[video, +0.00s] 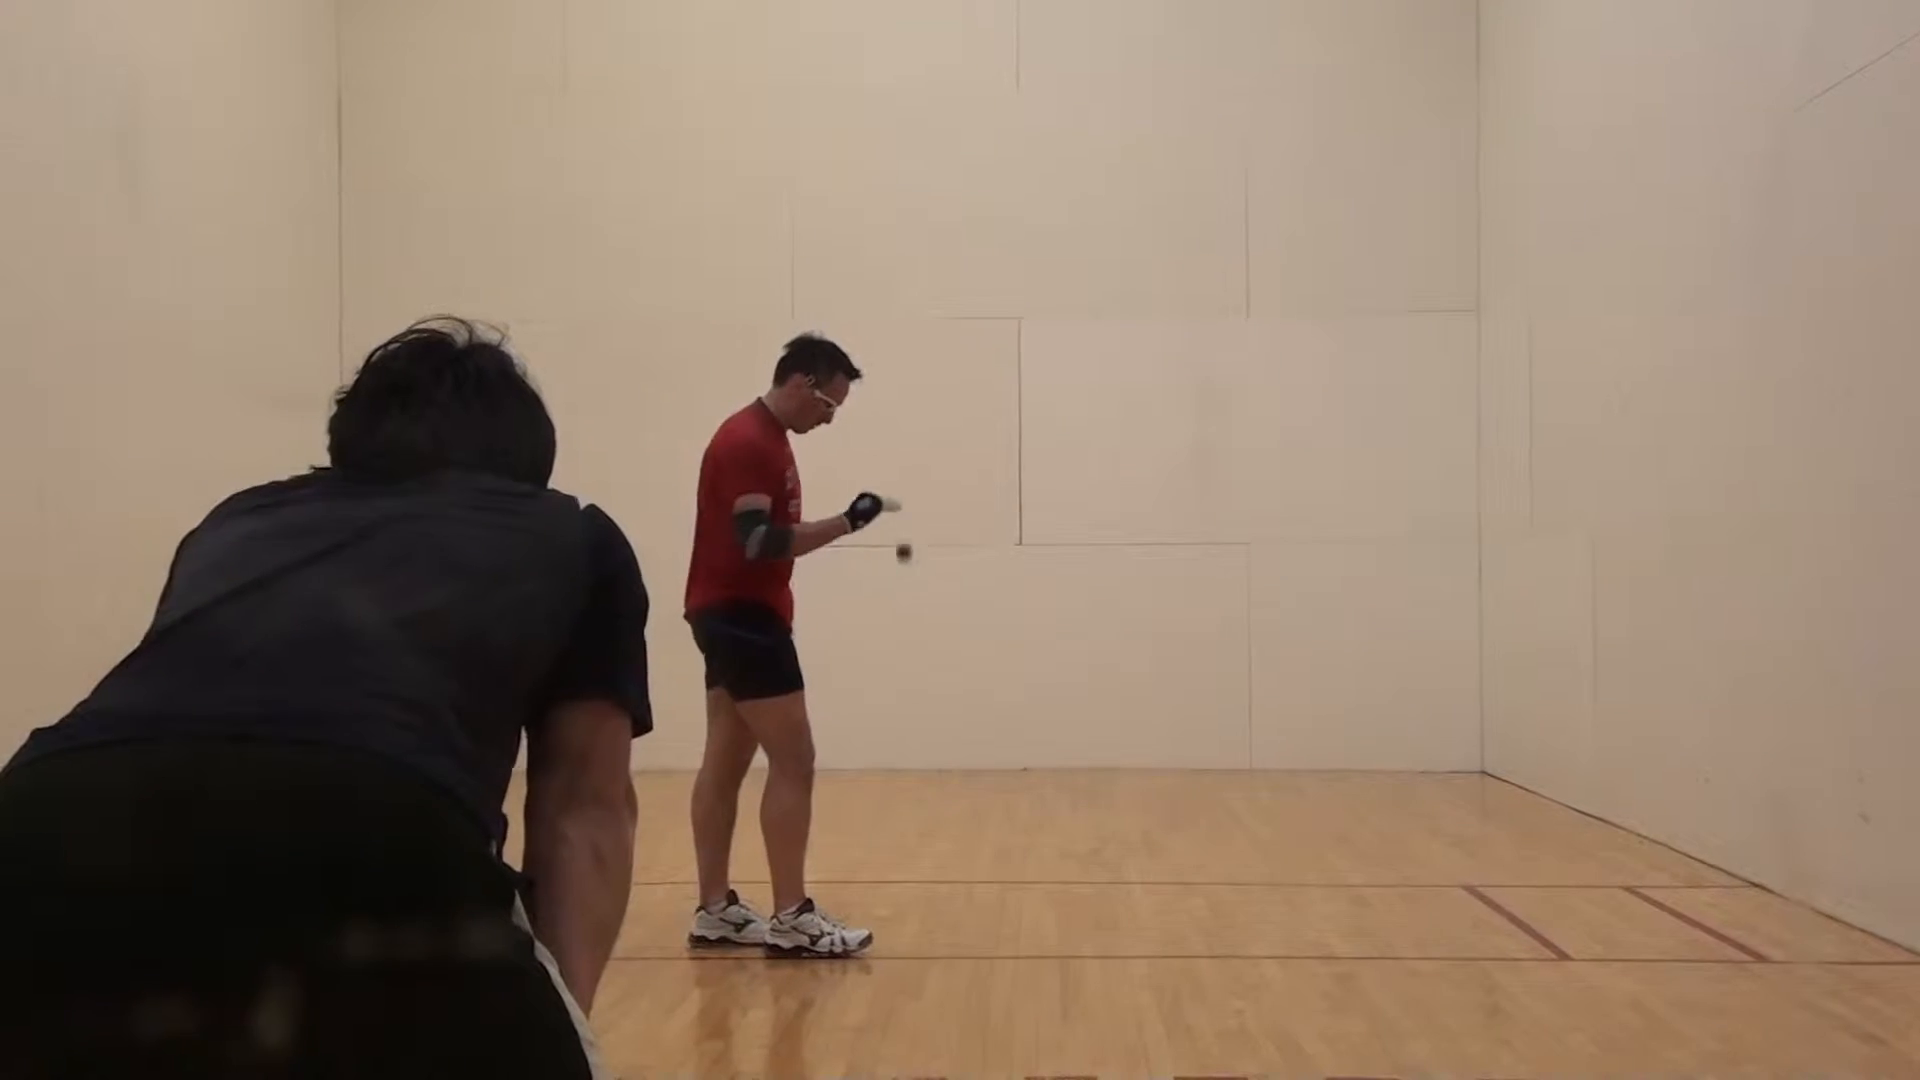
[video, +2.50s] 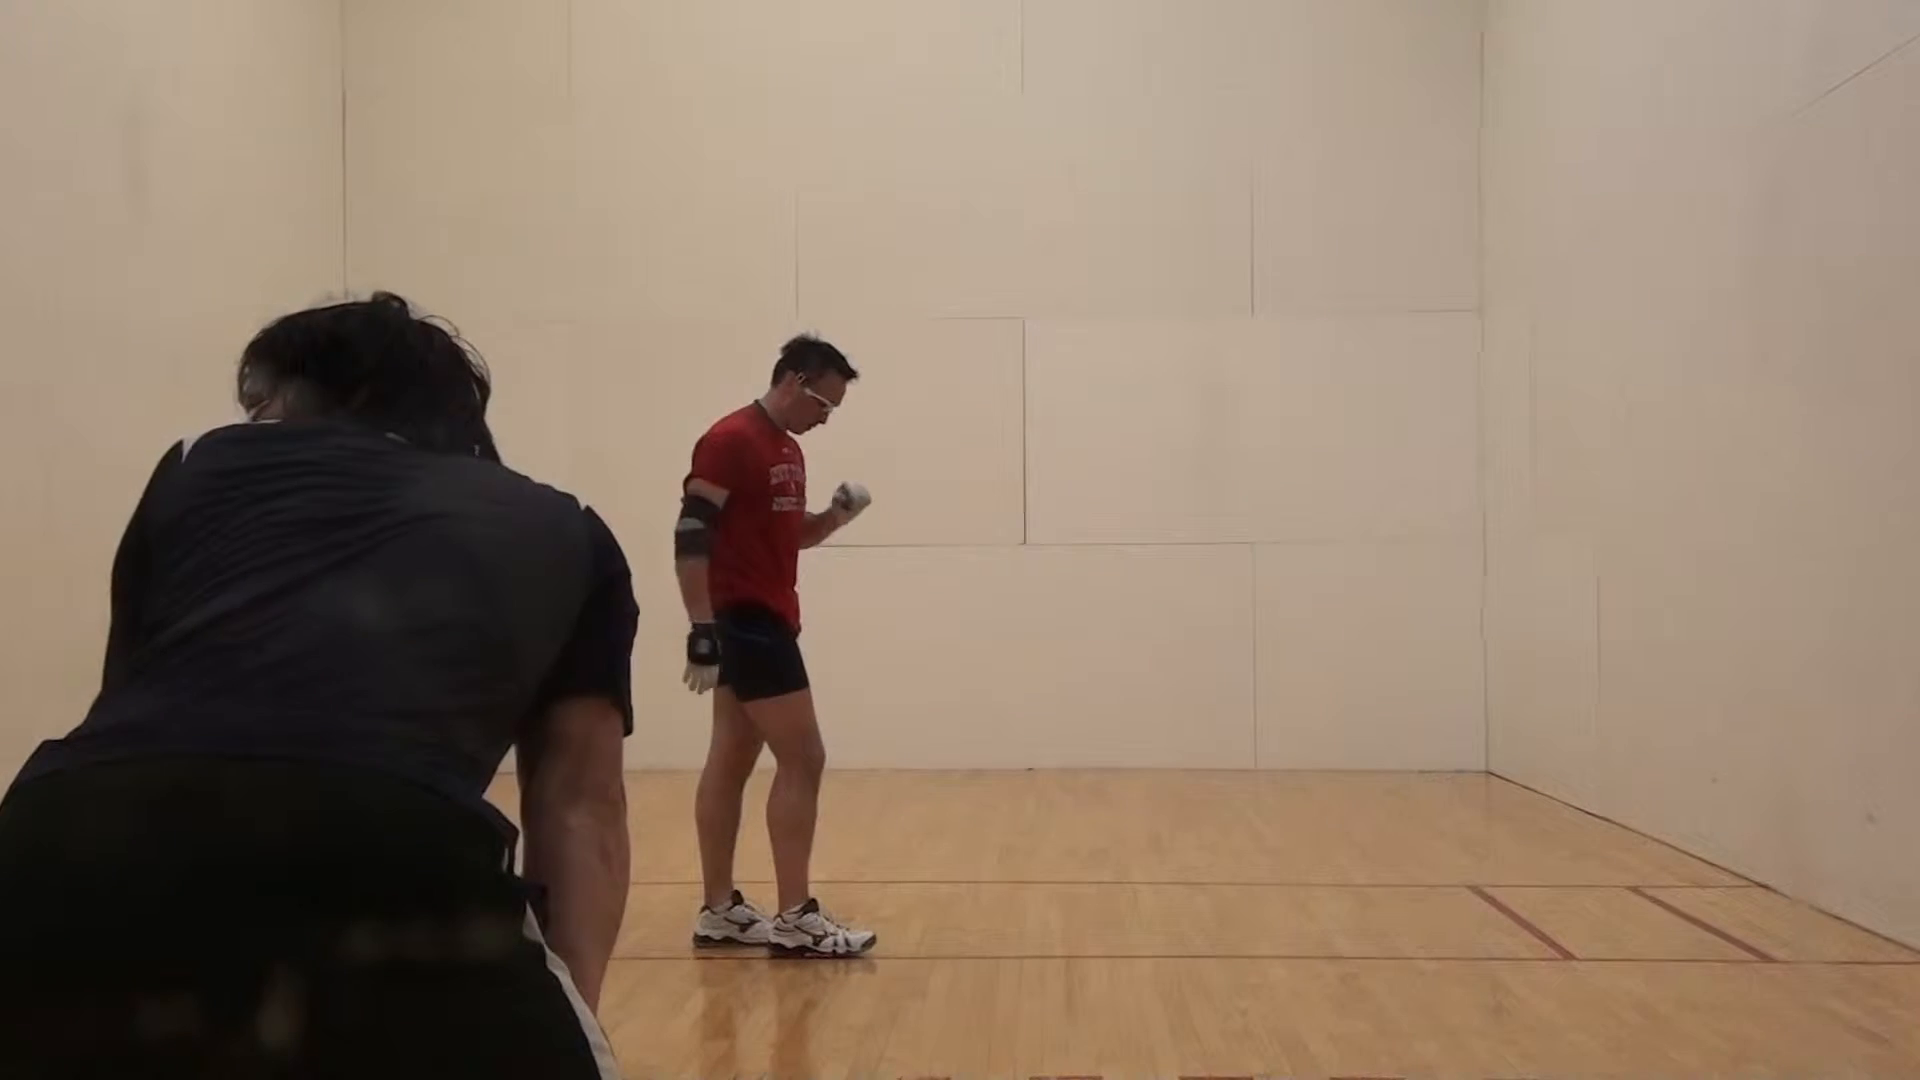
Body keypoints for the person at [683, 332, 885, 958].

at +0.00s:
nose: (829, 417)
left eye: (834, 407)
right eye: (829, 403)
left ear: (799, 387)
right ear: (797, 384)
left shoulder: (762, 436)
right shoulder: (751, 440)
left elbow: (761, 536)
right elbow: (755, 539)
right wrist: (840, 524)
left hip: (731, 616)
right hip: (746, 619)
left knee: (725, 761)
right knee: (794, 761)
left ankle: (715, 908)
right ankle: (791, 914)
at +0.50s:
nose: (843, 420)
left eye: (850, 409)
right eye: (843, 405)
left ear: (812, 389)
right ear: (813, 386)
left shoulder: (773, 437)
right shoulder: (763, 447)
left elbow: (773, 533)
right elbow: (745, 564)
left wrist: (816, 574)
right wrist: (764, 654)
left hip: (738, 620)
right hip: (755, 626)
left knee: (727, 763)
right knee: (796, 765)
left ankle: (717, 908)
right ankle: (793, 914)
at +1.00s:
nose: (826, 420)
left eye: (832, 411)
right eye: (824, 405)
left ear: (805, 395)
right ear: (791, 385)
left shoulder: (785, 452)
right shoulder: (729, 439)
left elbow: (788, 543)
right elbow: (690, 533)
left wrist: (863, 522)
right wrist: (723, 620)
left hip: (750, 622)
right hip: (741, 624)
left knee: (723, 762)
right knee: (800, 758)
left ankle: (717, 909)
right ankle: (793, 914)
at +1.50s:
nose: (828, 417)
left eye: (834, 407)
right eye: (828, 403)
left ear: (802, 389)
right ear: (794, 384)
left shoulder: (771, 440)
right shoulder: (744, 440)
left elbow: (761, 539)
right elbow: (742, 538)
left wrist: (810, 564)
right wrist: (823, 560)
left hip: (744, 618)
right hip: (745, 621)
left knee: (727, 761)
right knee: (797, 761)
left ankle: (718, 908)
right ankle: (794, 915)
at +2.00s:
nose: (829, 418)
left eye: (835, 408)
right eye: (829, 404)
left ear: (799, 388)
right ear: (799, 386)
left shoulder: (755, 437)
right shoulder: (754, 445)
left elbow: (756, 551)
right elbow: (761, 554)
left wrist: (791, 622)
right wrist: (809, 628)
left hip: (735, 618)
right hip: (752, 621)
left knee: (726, 761)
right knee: (802, 760)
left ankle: (718, 908)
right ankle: (795, 913)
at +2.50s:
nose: (825, 418)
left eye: (831, 408)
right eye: (824, 403)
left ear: (801, 390)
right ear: (792, 383)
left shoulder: (783, 447)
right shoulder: (731, 440)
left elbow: (784, 536)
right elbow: (690, 536)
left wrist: (833, 517)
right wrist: (703, 629)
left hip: (758, 624)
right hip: (751, 627)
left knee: (729, 762)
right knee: (802, 758)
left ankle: (719, 908)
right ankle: (795, 914)